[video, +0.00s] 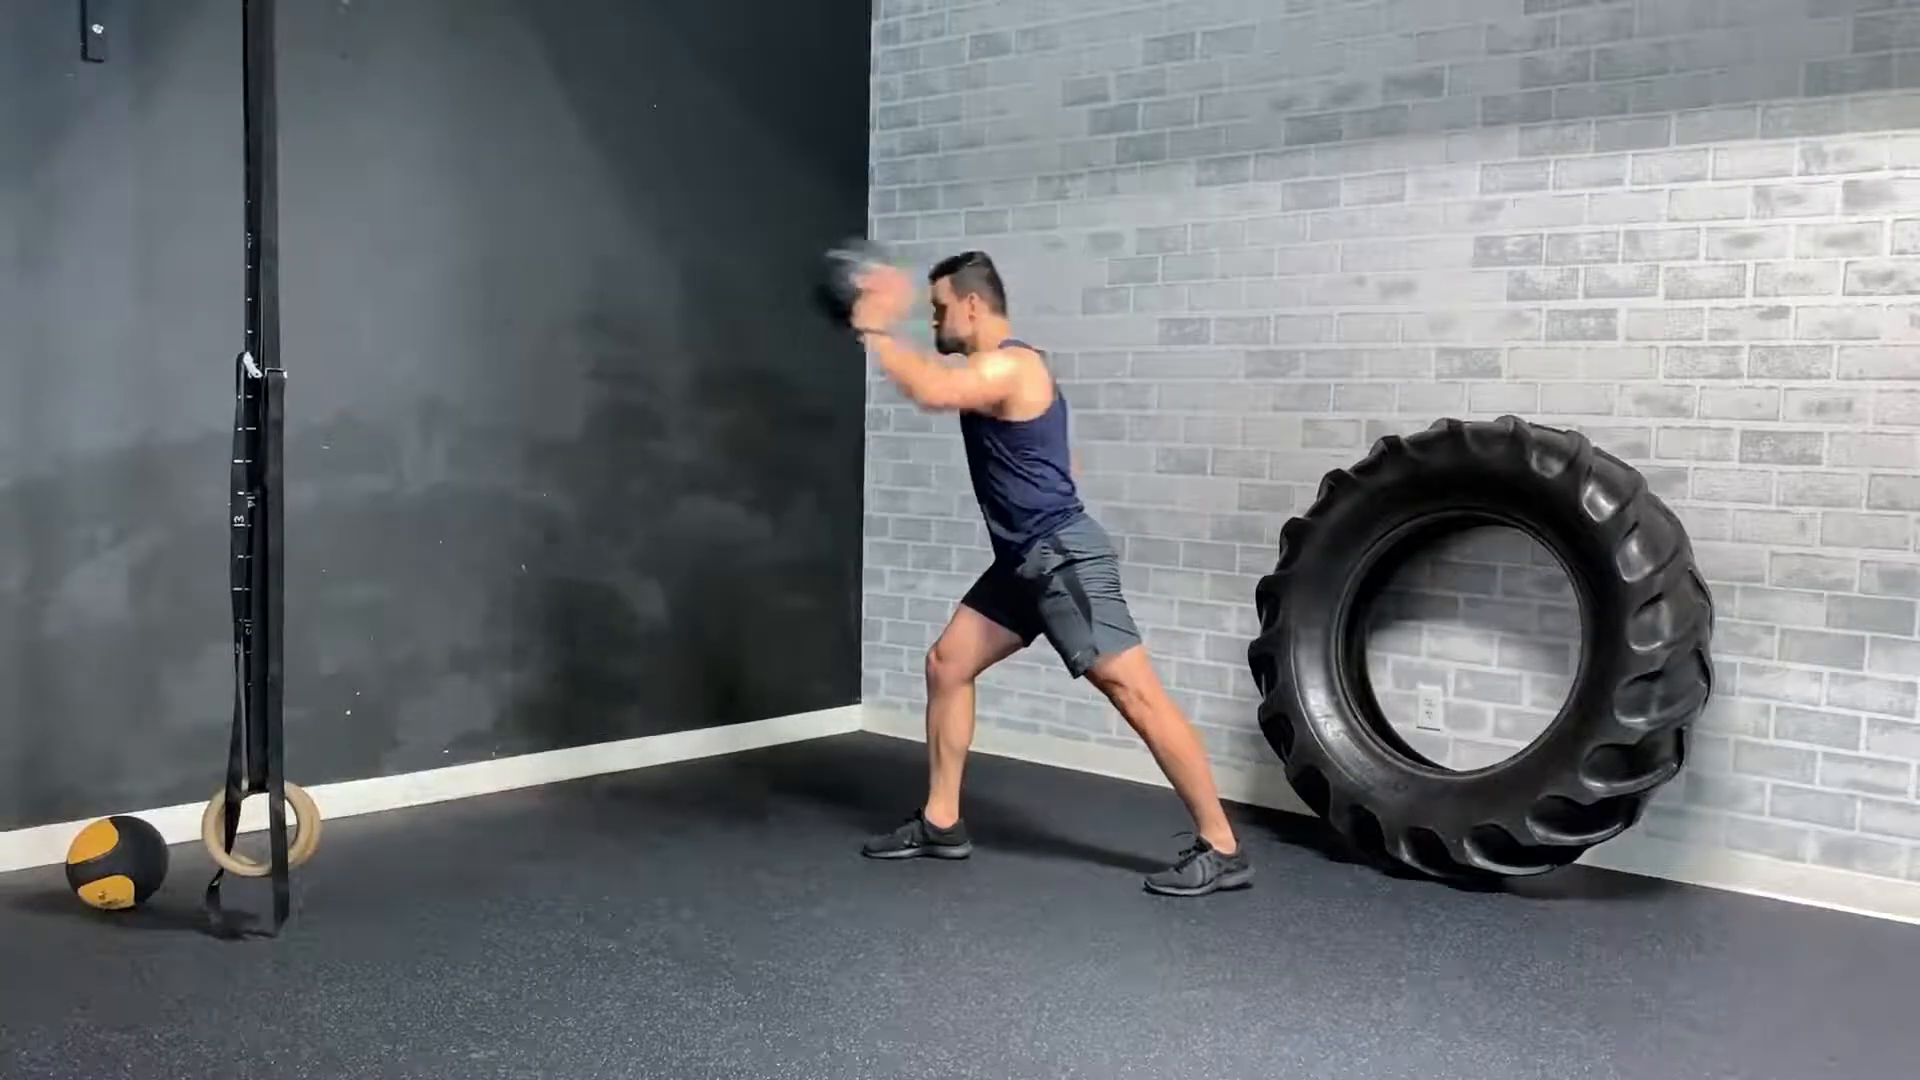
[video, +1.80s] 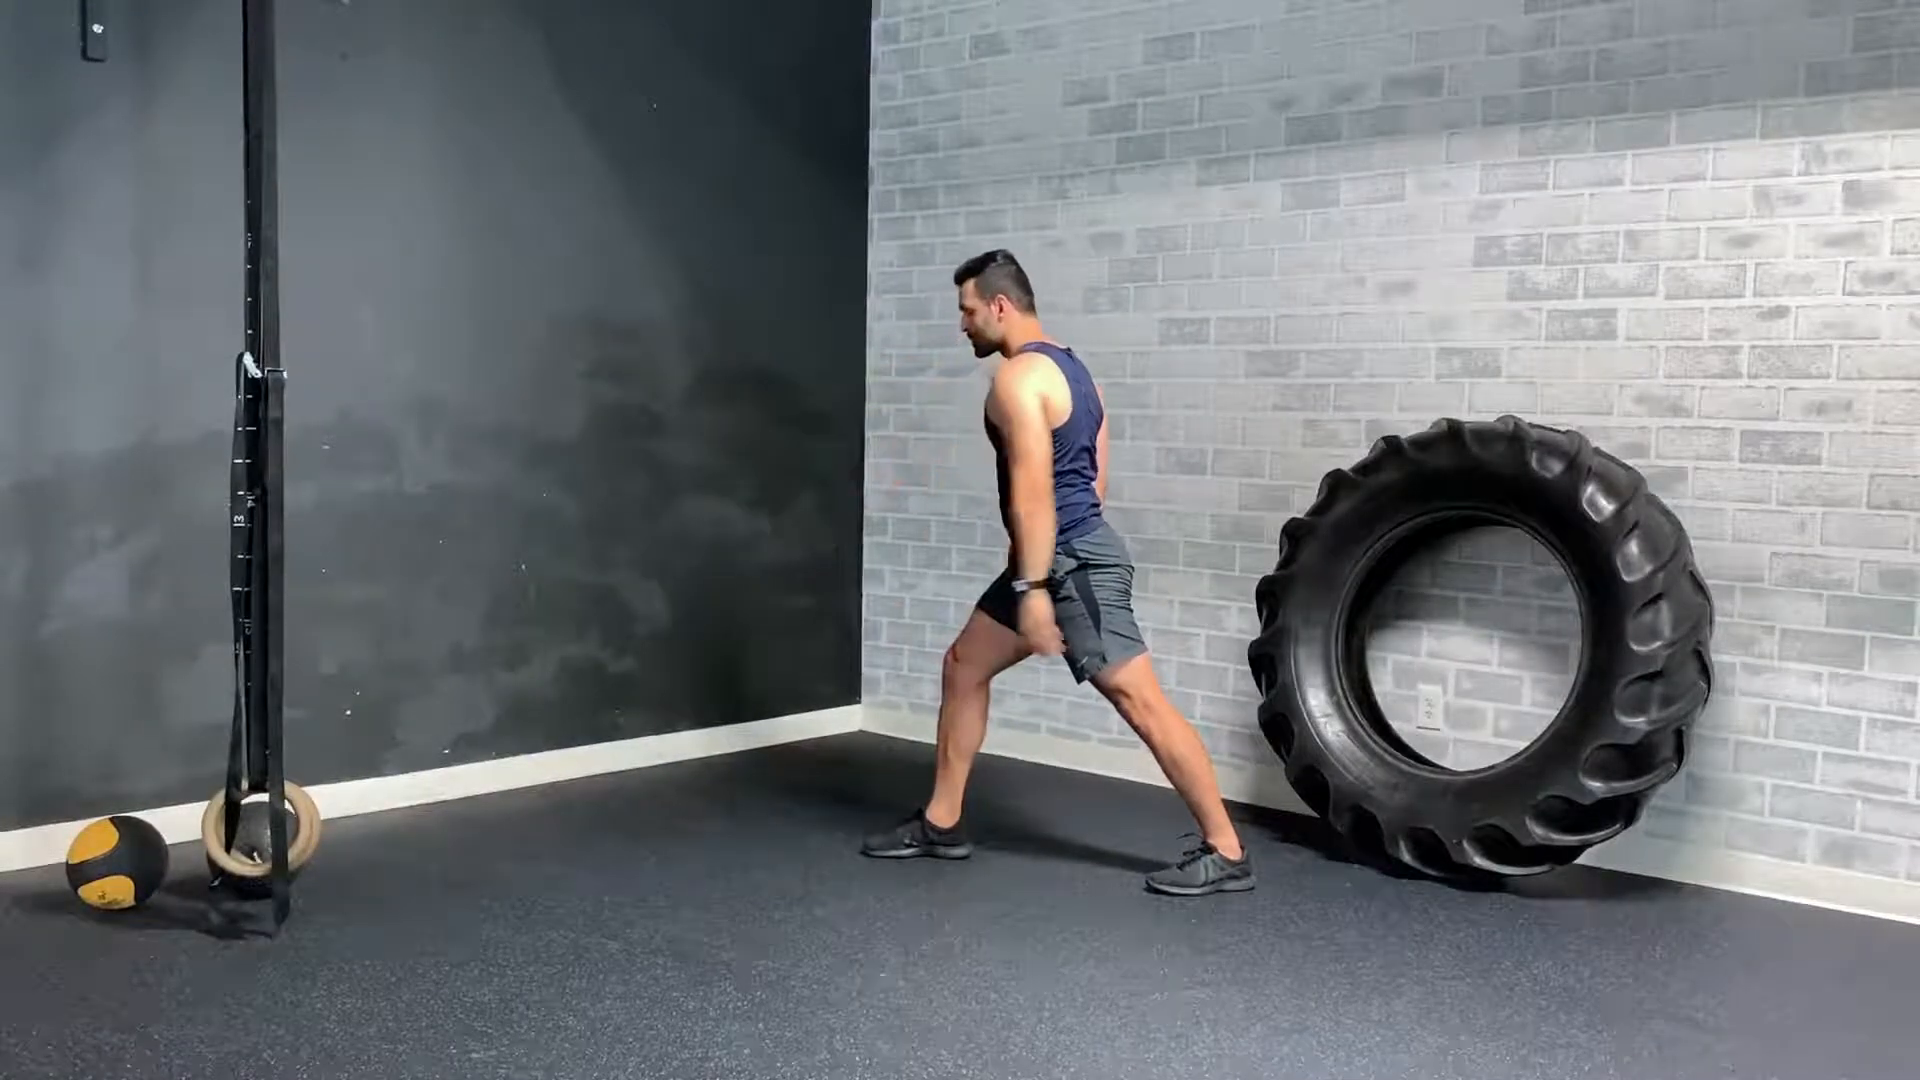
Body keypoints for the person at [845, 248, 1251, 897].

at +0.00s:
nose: (935, 322)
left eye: (941, 309)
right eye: (934, 311)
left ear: (976, 304)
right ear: (977, 307)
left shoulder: (1010, 366)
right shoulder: (999, 367)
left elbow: (931, 388)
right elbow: (1061, 459)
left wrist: (876, 333)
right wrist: (1054, 520)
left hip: (1064, 555)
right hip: (1026, 560)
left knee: (1137, 694)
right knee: (948, 665)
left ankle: (1221, 845)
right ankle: (941, 825)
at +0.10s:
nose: (918, 333)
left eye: (921, 320)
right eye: (915, 321)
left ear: (955, 311)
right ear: (970, 311)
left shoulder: (955, 361)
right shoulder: (1026, 370)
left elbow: (838, 338)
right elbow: (1063, 469)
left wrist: (751, 314)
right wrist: (1046, 535)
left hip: (1063, 553)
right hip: (1026, 560)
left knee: (1140, 696)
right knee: (947, 662)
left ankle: (1221, 844)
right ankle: (940, 822)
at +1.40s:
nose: (932, 343)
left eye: (934, 329)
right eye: (931, 331)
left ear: (966, 319)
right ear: (985, 318)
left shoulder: (971, 370)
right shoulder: (1057, 381)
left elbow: (869, 388)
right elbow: (1080, 488)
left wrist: (778, 398)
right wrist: (1043, 547)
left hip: (1066, 560)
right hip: (1045, 567)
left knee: (1140, 701)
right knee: (957, 662)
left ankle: (1226, 849)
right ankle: (942, 822)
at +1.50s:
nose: (941, 342)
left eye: (943, 327)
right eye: (939, 330)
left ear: (973, 317)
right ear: (992, 315)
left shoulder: (975, 376)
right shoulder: (1060, 378)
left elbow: (877, 426)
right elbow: (1084, 489)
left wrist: (798, 463)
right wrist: (1044, 549)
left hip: (1067, 561)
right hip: (1049, 564)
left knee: (1139, 701)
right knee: (958, 662)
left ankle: (1225, 849)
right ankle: (942, 822)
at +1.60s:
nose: (950, 334)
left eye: (953, 319)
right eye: (948, 321)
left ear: (985, 313)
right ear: (1003, 313)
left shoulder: (992, 379)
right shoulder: (1070, 378)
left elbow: (914, 471)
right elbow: (1087, 490)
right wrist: (1051, 550)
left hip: (1069, 564)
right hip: (1045, 565)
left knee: (1139, 704)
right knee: (959, 662)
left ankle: (1225, 848)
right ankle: (942, 825)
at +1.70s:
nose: (957, 330)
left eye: (960, 316)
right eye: (955, 317)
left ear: (992, 309)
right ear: (1010, 310)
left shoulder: (1001, 381)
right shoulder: (1071, 375)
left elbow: (973, 496)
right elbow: (1091, 488)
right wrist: (1044, 547)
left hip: (1071, 561)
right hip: (1051, 563)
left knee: (1138, 702)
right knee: (960, 665)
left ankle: (1225, 848)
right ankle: (941, 824)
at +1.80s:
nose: (964, 324)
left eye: (967, 310)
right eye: (962, 311)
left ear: (1000, 305)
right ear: (1014, 305)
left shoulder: (1016, 380)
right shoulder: (1067, 365)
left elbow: (1032, 493)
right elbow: (1093, 481)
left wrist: (1033, 588)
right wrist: (1053, 547)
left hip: (1076, 559)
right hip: (1058, 555)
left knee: (1141, 700)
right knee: (965, 666)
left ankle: (1225, 848)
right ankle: (940, 824)